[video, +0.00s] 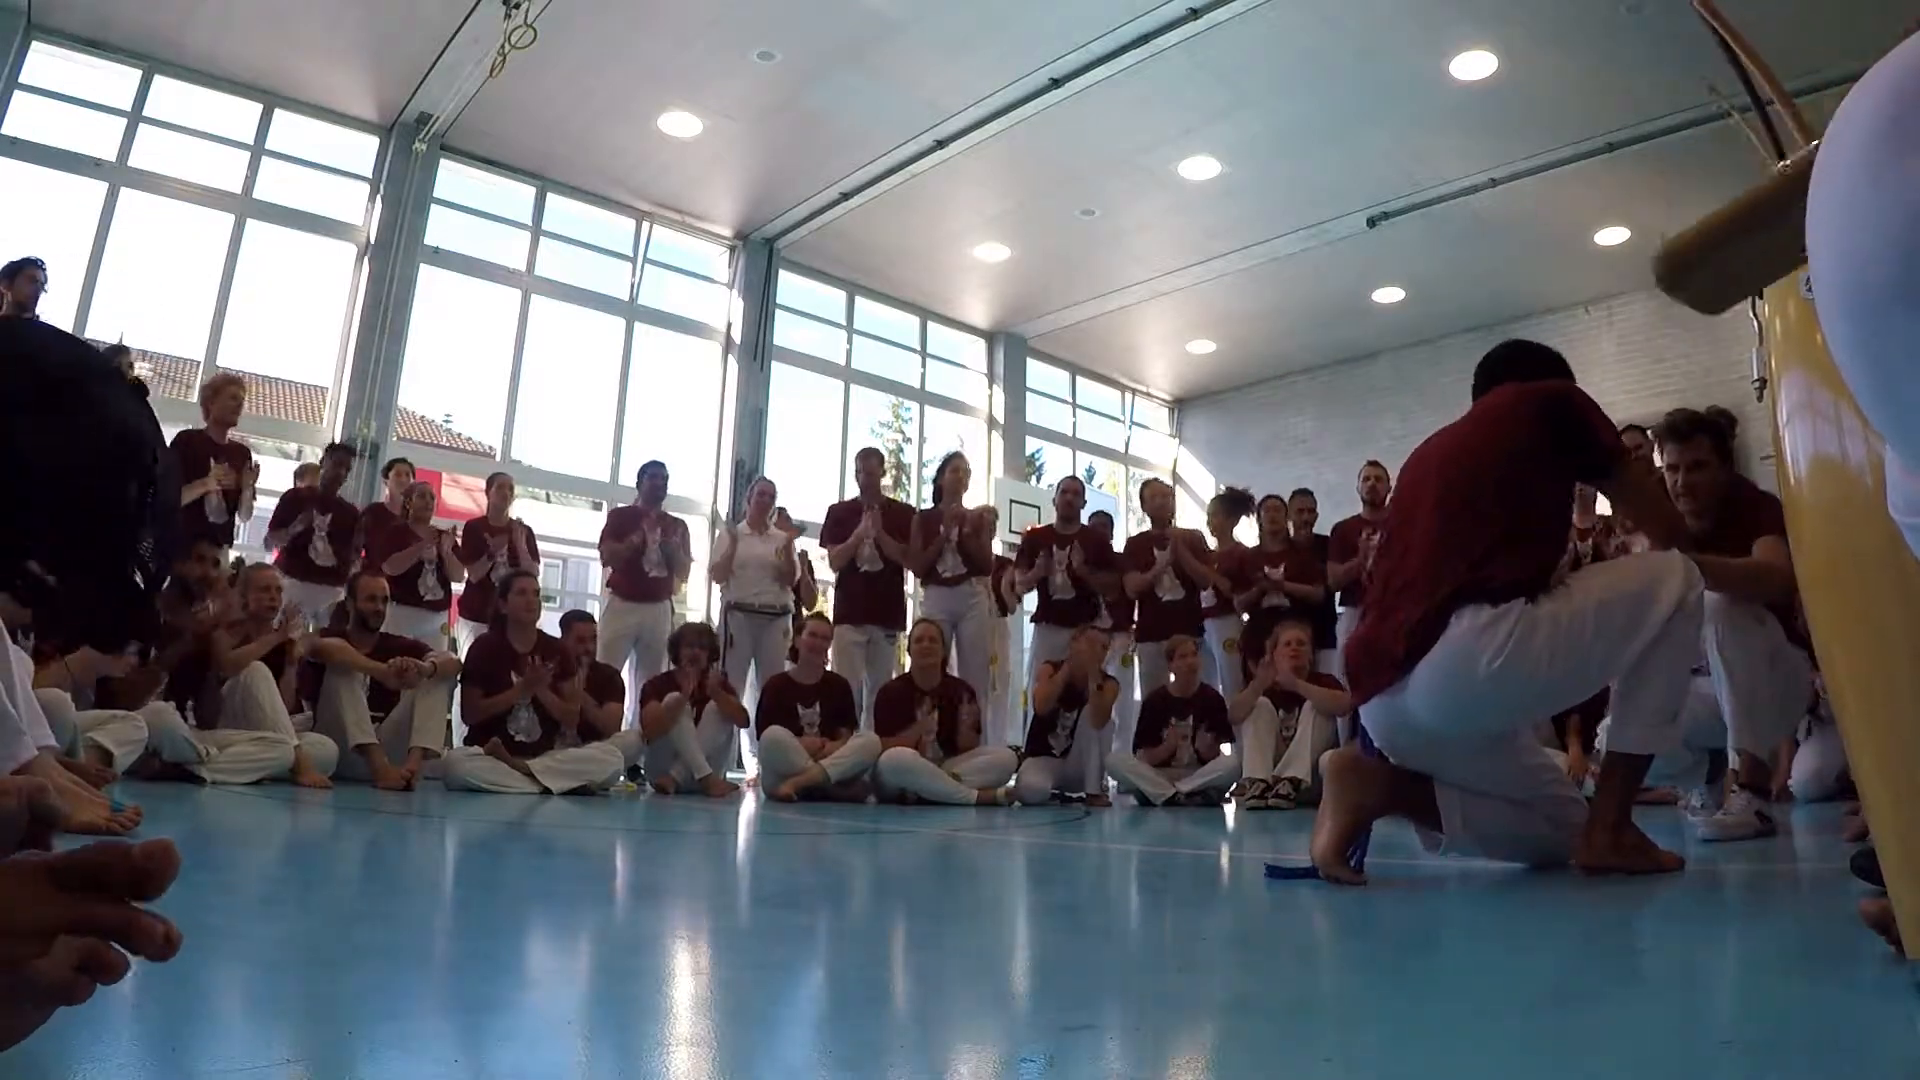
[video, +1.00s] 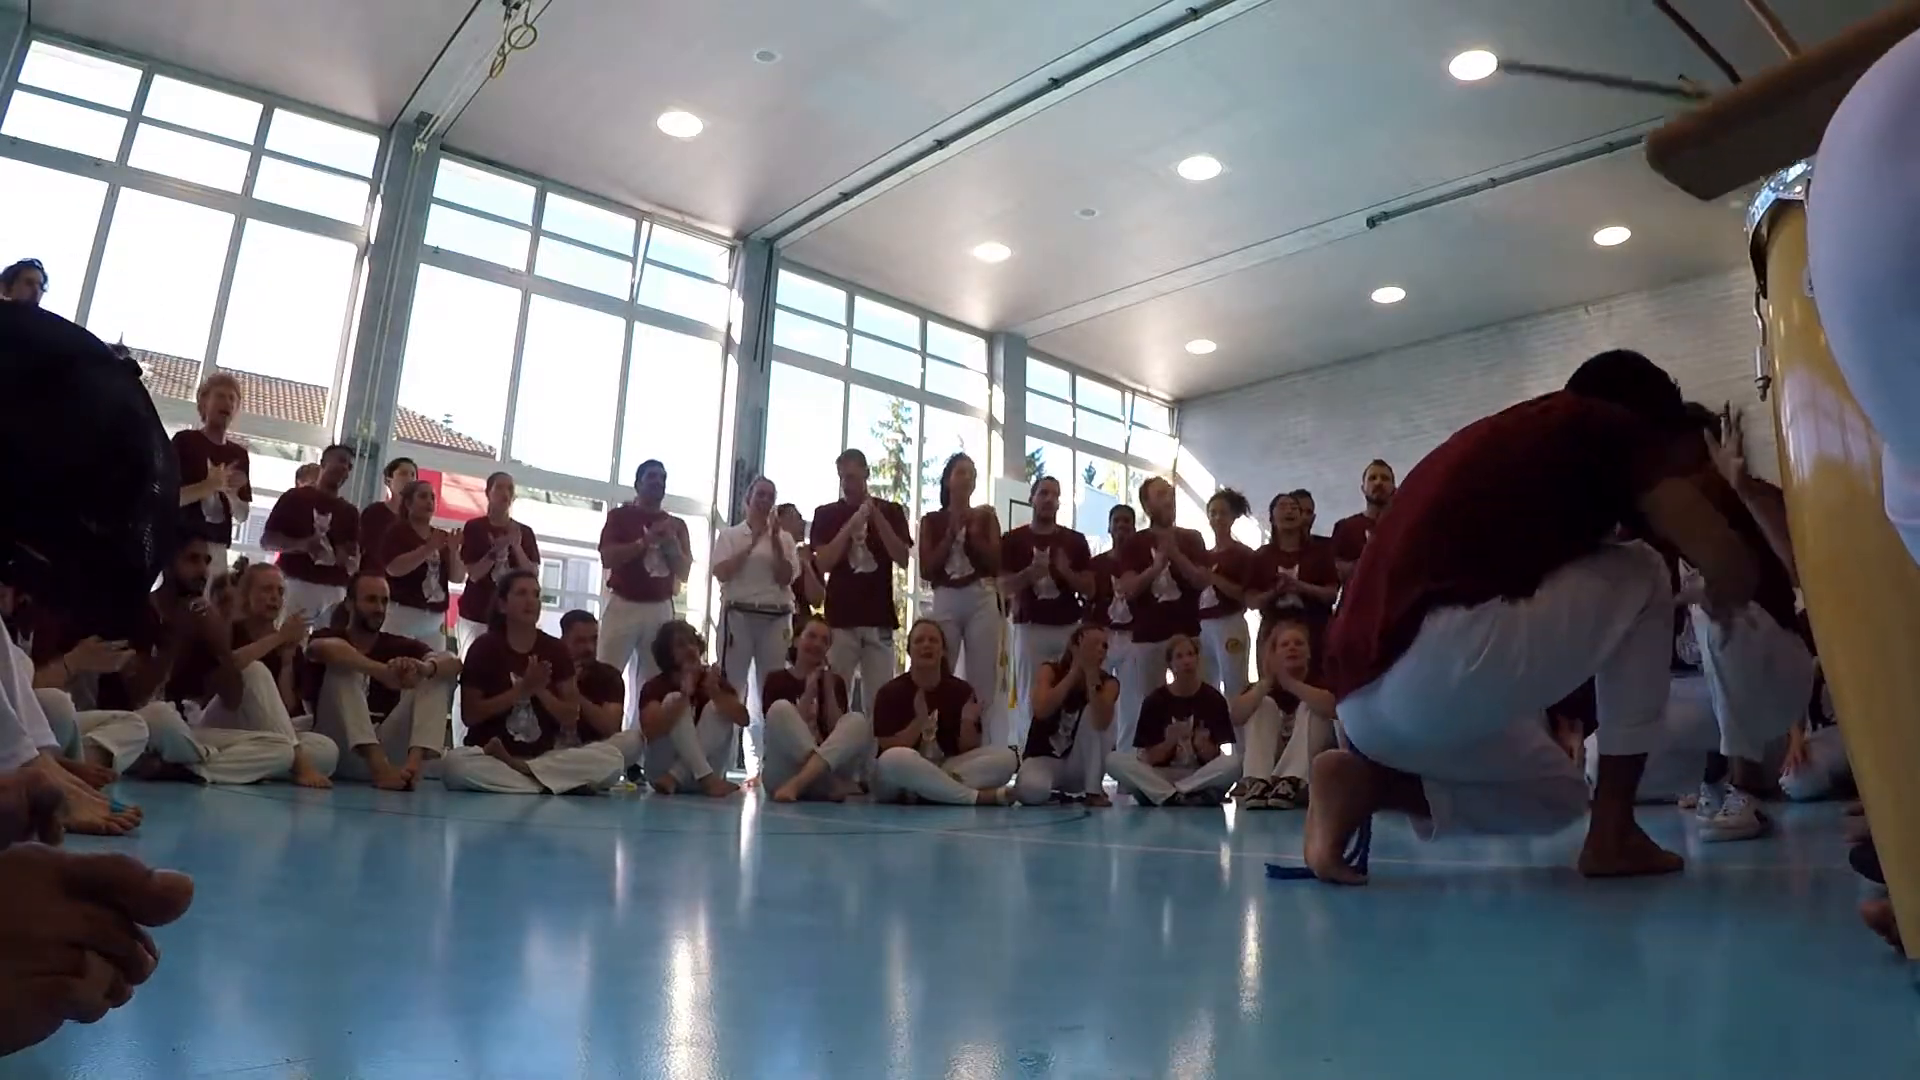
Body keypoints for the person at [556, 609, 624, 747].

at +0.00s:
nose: (589, 647)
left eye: (593, 639)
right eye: (581, 641)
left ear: (598, 639)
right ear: (563, 641)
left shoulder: (609, 675)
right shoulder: (548, 674)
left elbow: (610, 728)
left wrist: (578, 695)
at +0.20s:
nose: (589, 648)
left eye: (593, 640)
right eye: (581, 641)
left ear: (598, 639)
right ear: (563, 641)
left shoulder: (609, 675)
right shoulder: (546, 674)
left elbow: (610, 727)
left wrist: (576, 691)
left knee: (633, 739)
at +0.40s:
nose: (589, 648)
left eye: (593, 640)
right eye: (581, 641)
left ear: (597, 640)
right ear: (563, 641)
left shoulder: (609, 675)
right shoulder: (547, 675)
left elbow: (611, 728)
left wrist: (580, 691)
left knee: (633, 739)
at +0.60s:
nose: (589, 648)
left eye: (593, 640)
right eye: (581, 641)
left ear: (598, 640)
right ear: (563, 641)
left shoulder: (609, 675)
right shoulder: (548, 674)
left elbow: (611, 727)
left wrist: (582, 693)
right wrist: (566, 696)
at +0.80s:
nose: (588, 648)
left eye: (593, 640)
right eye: (580, 641)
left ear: (597, 640)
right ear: (563, 641)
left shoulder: (610, 676)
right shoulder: (546, 675)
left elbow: (609, 727)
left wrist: (574, 700)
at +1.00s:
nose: (589, 648)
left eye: (594, 639)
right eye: (580, 641)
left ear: (598, 639)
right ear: (563, 641)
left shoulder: (610, 676)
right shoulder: (547, 674)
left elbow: (610, 726)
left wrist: (574, 696)